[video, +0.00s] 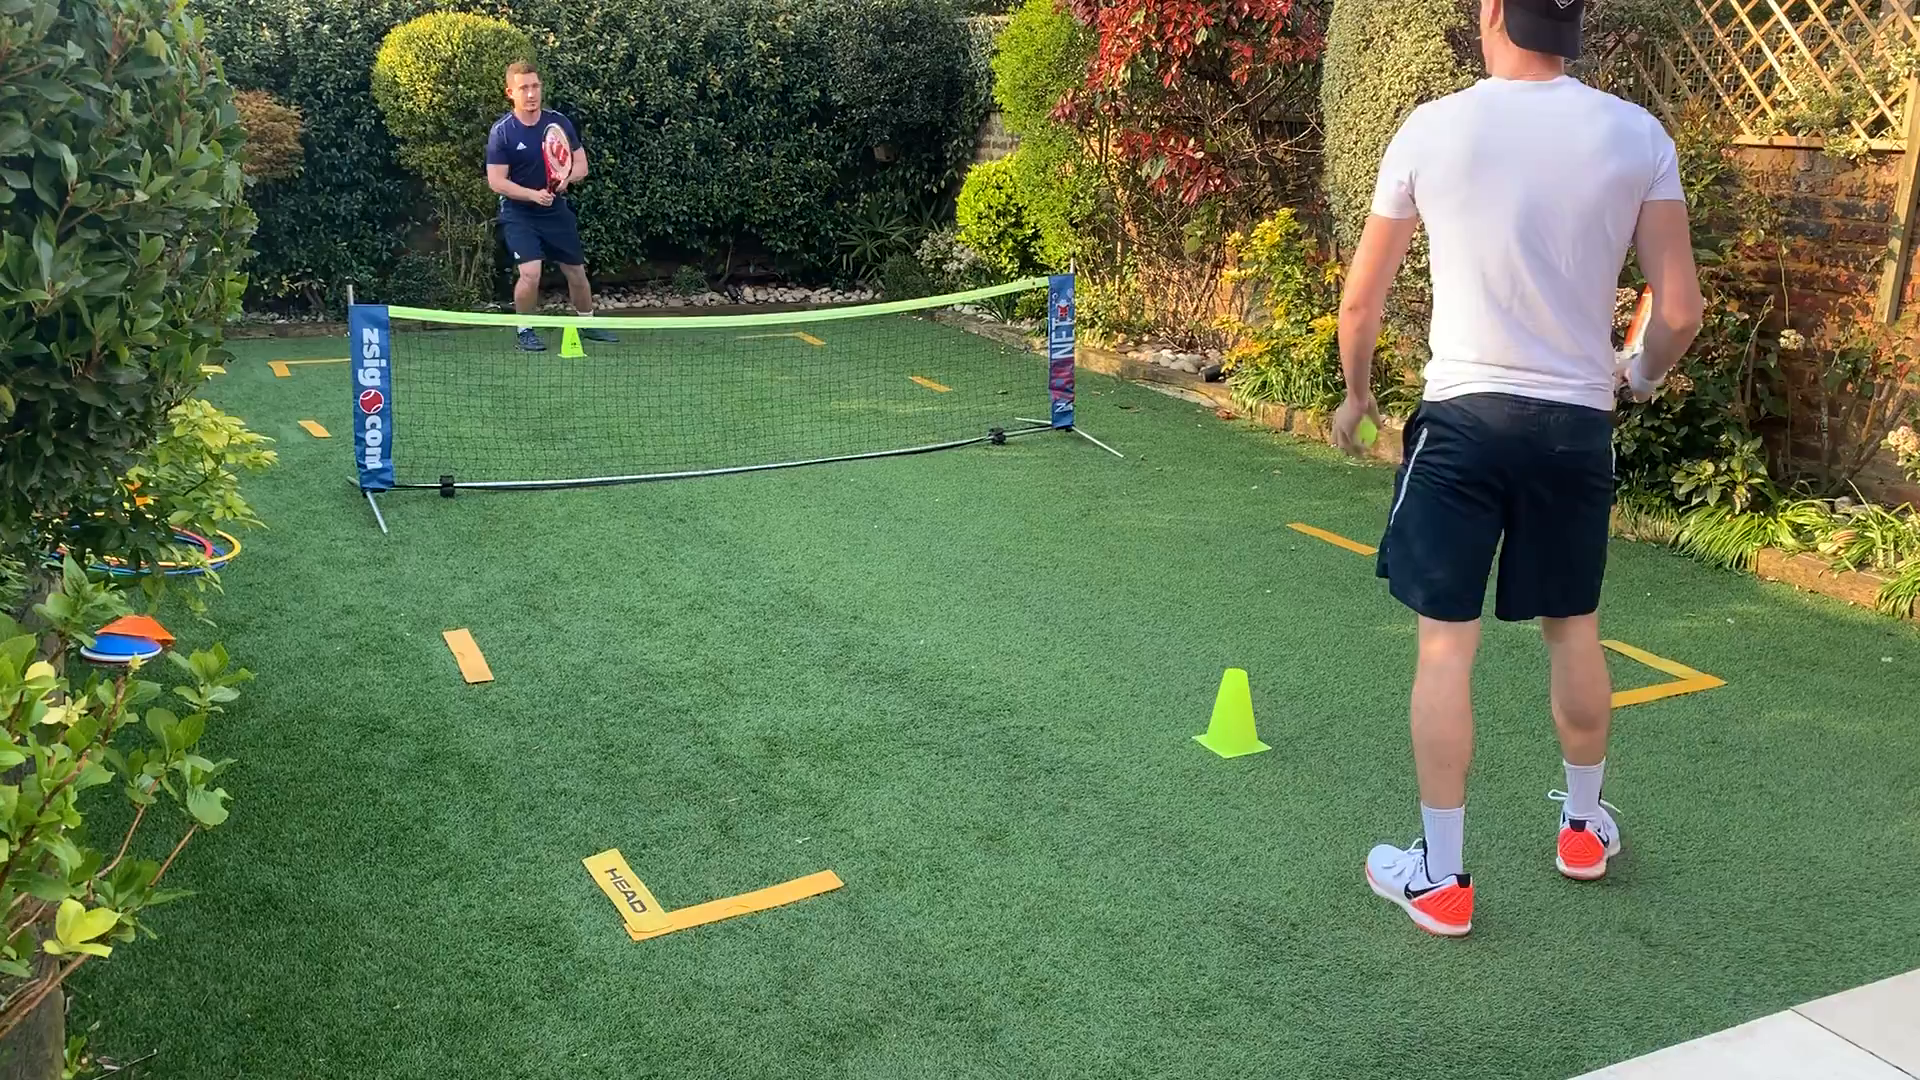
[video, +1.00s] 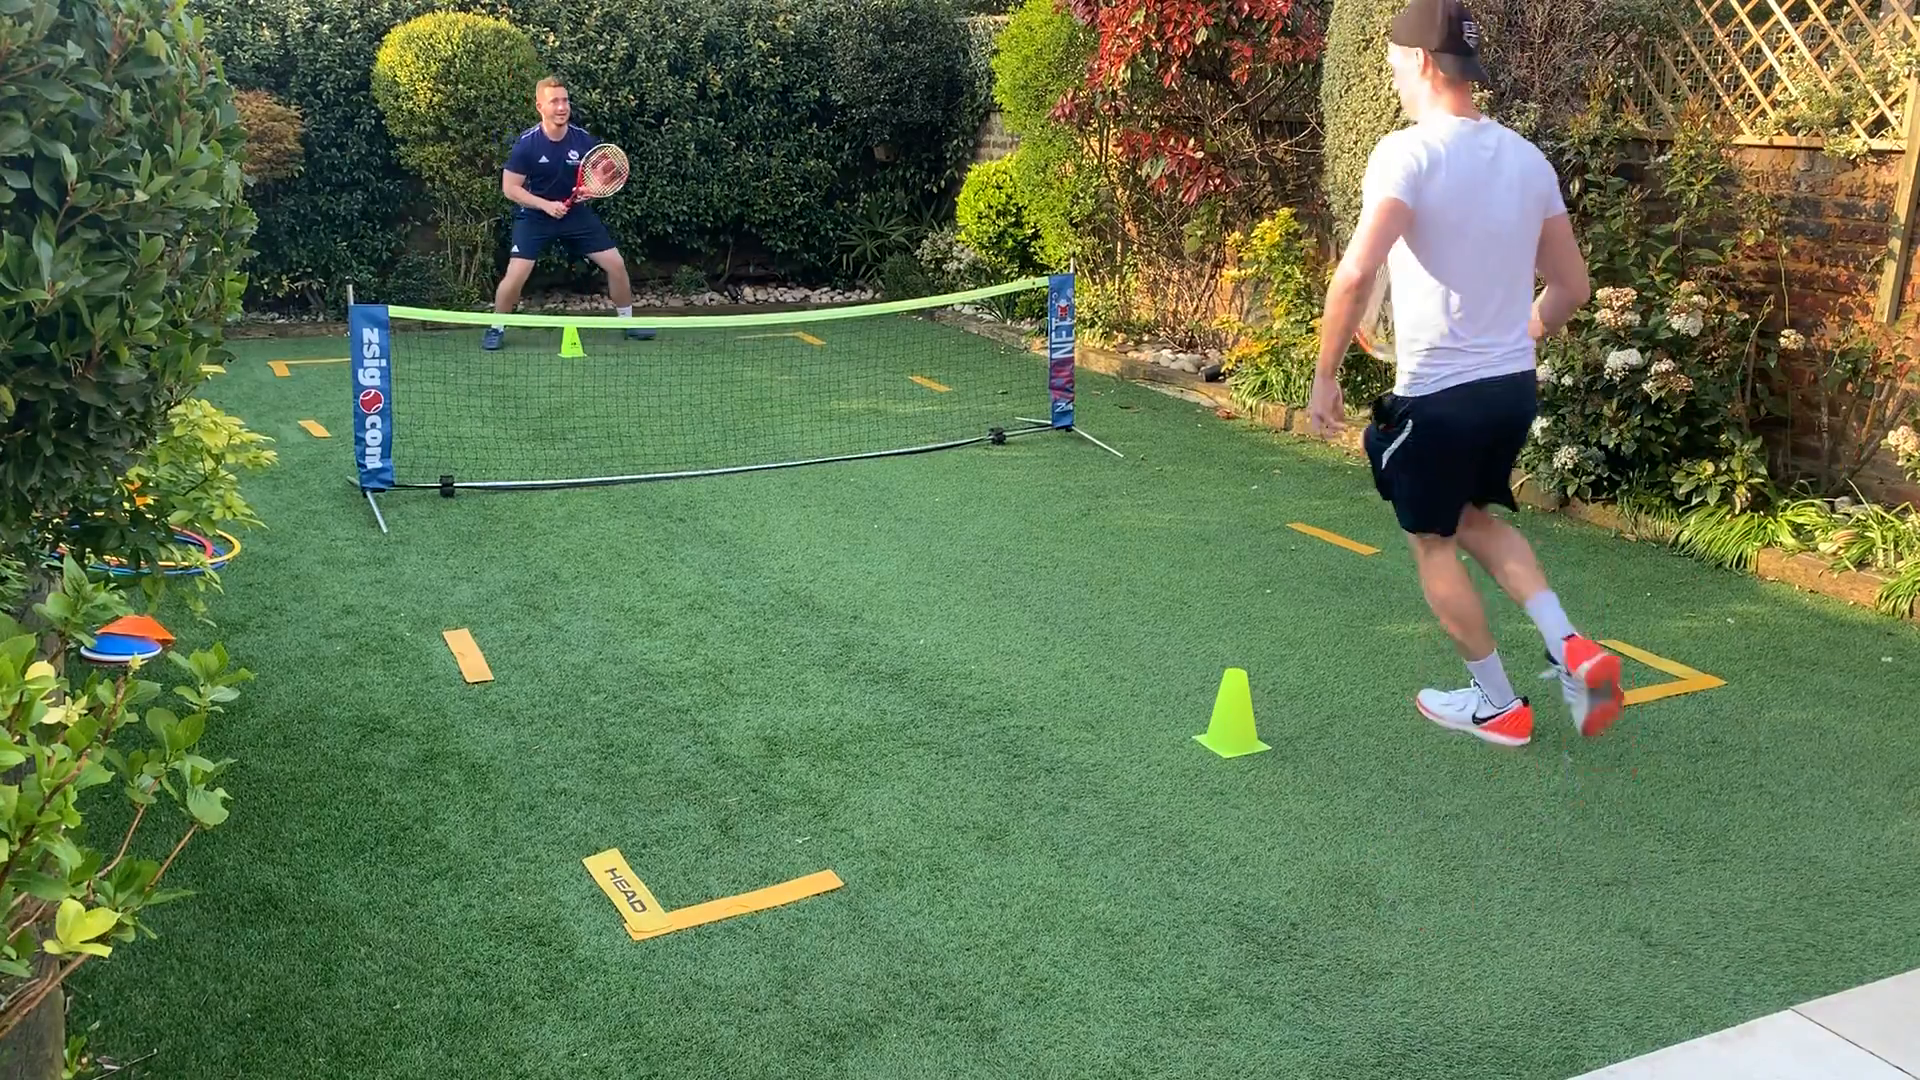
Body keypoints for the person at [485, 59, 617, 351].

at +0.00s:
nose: (532, 93)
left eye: (535, 87)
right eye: (524, 88)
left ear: (541, 89)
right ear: (510, 94)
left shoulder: (559, 122)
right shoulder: (501, 132)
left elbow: (581, 165)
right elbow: (496, 181)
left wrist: (567, 176)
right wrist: (532, 195)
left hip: (557, 208)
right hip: (519, 213)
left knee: (576, 271)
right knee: (531, 273)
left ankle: (587, 325)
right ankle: (525, 330)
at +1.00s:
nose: (562, 107)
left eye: (565, 101)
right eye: (554, 102)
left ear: (570, 104)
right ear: (540, 107)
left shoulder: (582, 139)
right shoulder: (526, 144)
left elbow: (601, 173)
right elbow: (510, 188)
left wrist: (594, 186)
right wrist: (546, 205)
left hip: (576, 213)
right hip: (534, 217)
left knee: (616, 264)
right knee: (517, 273)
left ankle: (628, 323)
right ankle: (496, 327)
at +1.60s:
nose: (670, 95)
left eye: (674, 88)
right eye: (663, 90)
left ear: (683, 89)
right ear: (654, 94)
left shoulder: (700, 126)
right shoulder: (648, 129)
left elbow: (715, 172)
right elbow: (644, 171)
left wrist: (675, 182)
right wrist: (638, 204)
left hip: (705, 206)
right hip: (667, 208)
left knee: (733, 264)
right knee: (656, 271)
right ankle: (669, 321)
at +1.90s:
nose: (706, 99)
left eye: (710, 91)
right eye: (699, 94)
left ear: (722, 87)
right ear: (694, 95)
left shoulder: (750, 113)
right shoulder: (698, 129)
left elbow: (782, 148)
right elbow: (701, 177)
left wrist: (756, 176)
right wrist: (684, 212)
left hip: (769, 194)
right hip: (734, 201)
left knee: (785, 254)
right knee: (735, 263)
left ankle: (801, 319)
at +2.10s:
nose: (726, 111)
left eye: (731, 104)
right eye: (721, 106)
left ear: (746, 99)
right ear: (717, 106)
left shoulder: (775, 124)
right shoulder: (724, 144)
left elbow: (810, 151)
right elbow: (733, 191)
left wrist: (795, 181)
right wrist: (725, 230)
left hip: (795, 208)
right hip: (758, 215)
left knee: (821, 262)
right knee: (759, 275)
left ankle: (851, 321)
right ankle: (783, 324)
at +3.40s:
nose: (522, 89)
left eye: (527, 83)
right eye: (515, 83)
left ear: (532, 85)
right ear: (499, 85)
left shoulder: (541, 123)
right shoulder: (479, 120)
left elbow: (542, 167)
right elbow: (452, 163)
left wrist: (550, 167)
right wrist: (487, 186)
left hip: (522, 208)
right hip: (480, 210)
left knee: (543, 261)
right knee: (468, 273)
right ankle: (458, 345)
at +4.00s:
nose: (492, 91)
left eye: (496, 85)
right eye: (485, 85)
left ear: (501, 88)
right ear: (469, 87)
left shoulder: (503, 120)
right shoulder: (447, 118)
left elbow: (503, 152)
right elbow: (418, 156)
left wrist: (496, 168)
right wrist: (459, 177)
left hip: (477, 194)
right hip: (438, 195)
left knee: (490, 257)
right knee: (440, 259)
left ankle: (468, 321)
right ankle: (426, 326)